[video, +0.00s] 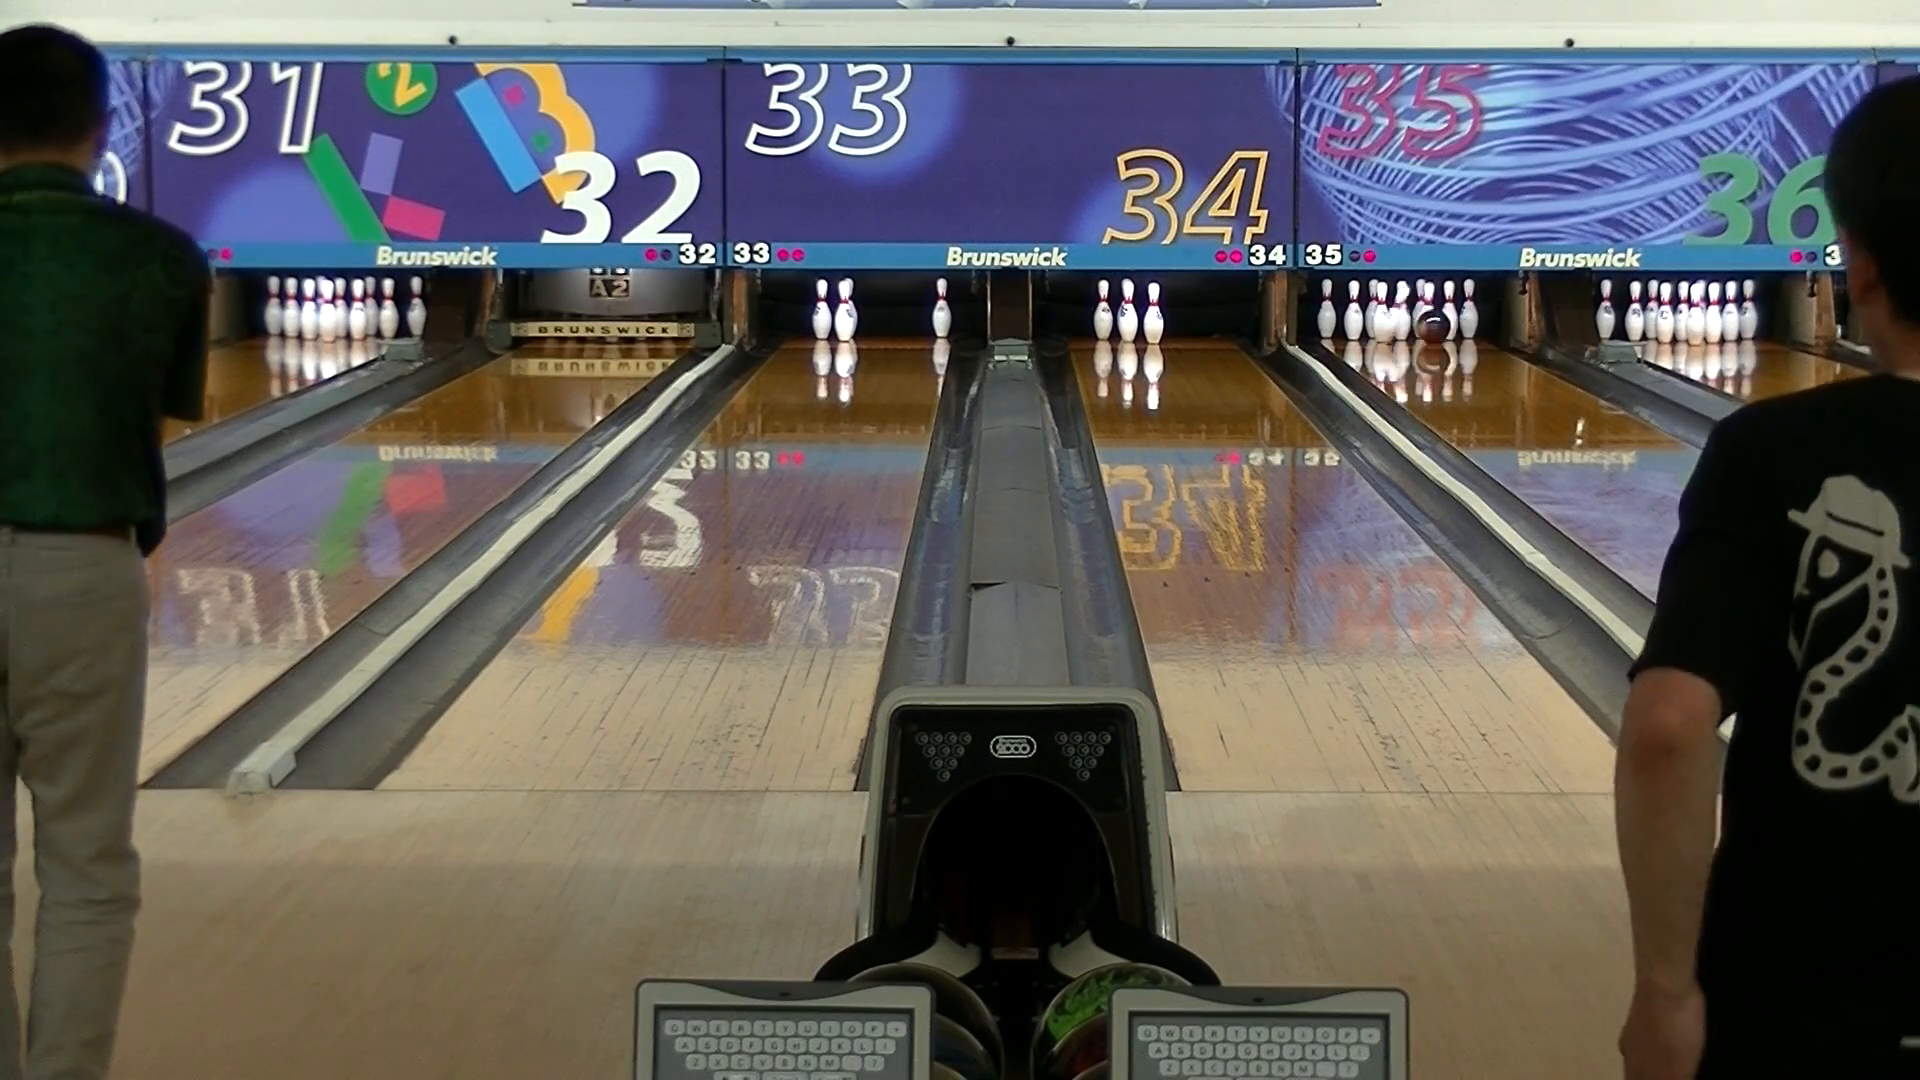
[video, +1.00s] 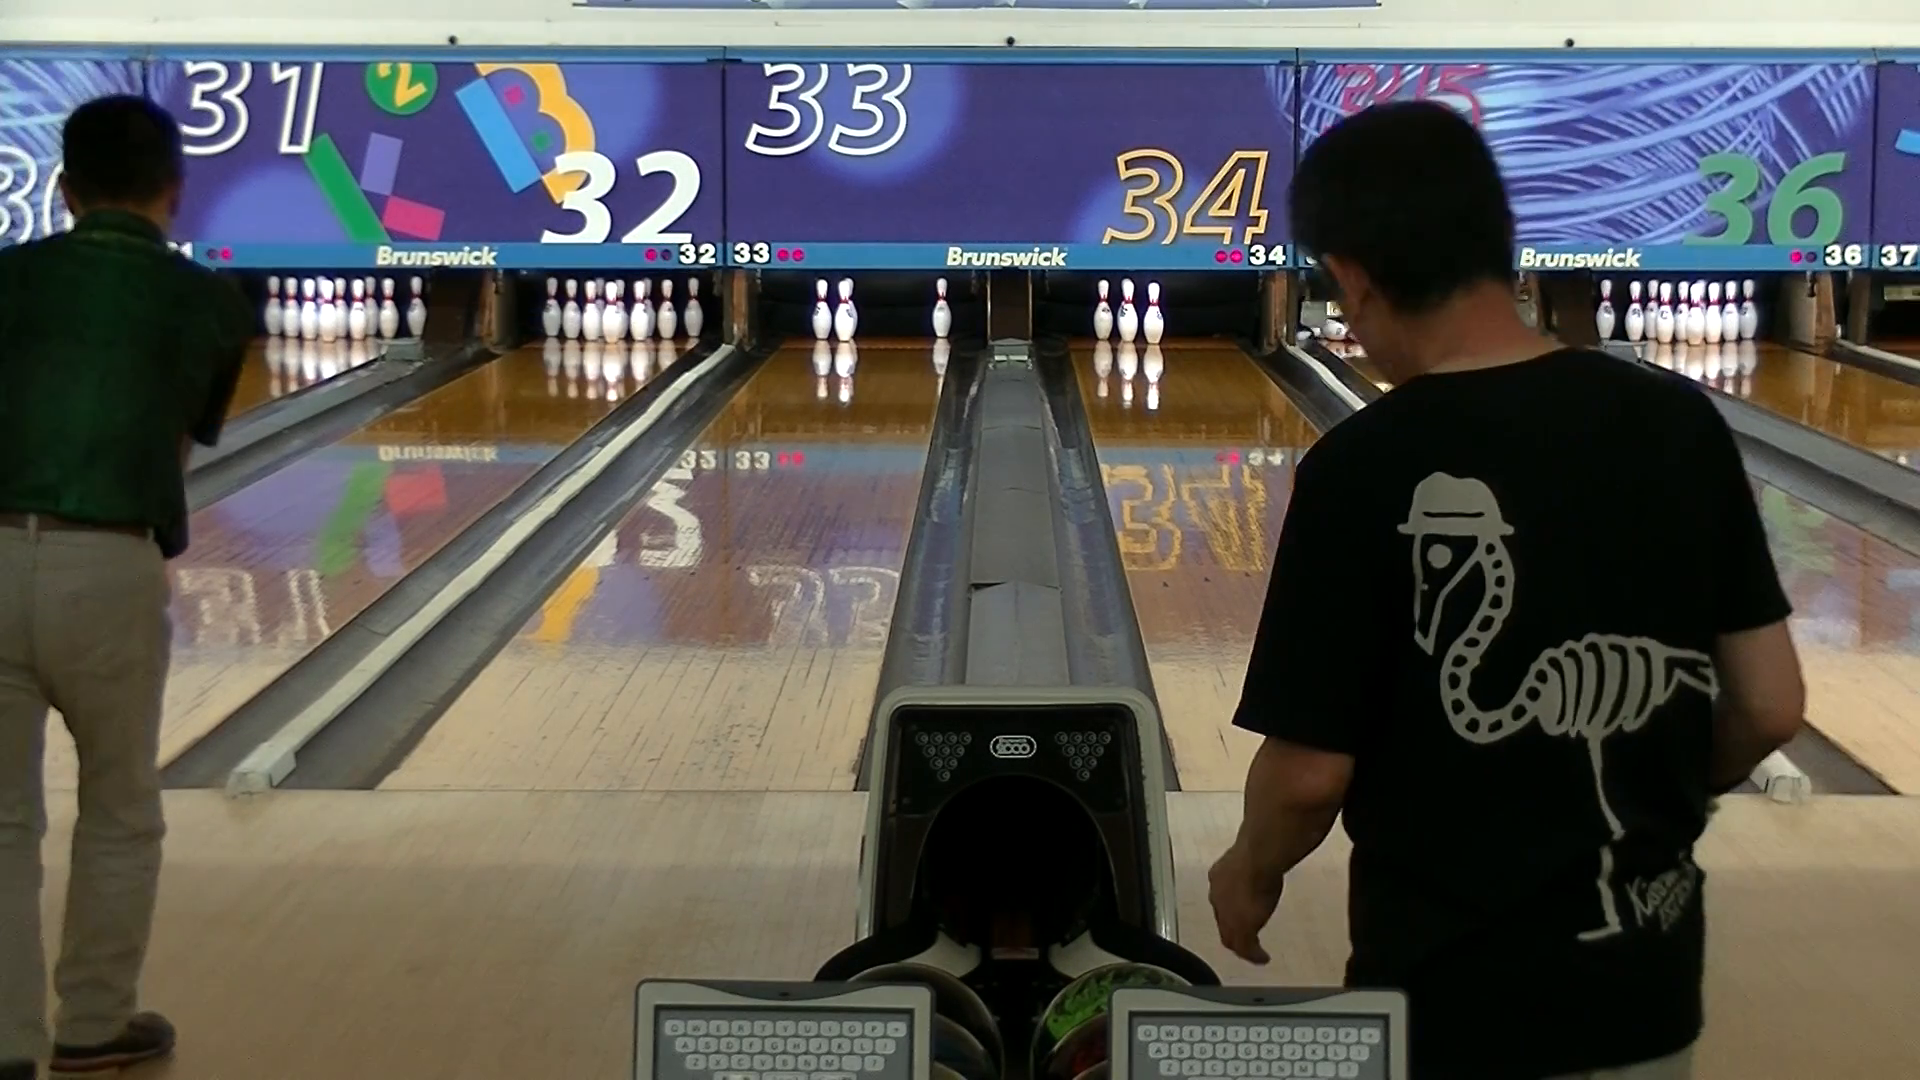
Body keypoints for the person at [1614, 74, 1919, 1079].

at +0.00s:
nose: (1839, 258)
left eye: (1841, 236)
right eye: (1842, 233)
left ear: (1861, 264)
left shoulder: (1775, 452)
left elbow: (1667, 722)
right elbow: (1668, 722)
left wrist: (1665, 989)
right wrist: (1668, 990)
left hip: (1803, 1003)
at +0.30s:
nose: (1740, 275)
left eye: (1735, 252)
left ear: (1755, 277)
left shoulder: (1691, 465)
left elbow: (1582, 737)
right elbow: (1581, 736)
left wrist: (1562, 1014)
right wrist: (1564, 1016)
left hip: (1719, 1023)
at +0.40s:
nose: (1678, 276)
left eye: (1677, 252)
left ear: (1694, 275)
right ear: (1881, 253)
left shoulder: (1634, 469)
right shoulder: (1914, 423)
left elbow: (1554, 744)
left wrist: (1496, 1015)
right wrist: (1502, 1011)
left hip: (1681, 1014)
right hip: (1903, 1008)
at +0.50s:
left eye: (1599, 252)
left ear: (1613, 273)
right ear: (1803, 249)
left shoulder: (1557, 466)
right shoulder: (1899, 448)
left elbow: (1490, 748)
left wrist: (1427, 1000)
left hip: (1625, 1012)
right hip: (1878, 1010)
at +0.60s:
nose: (1514, 261)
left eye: (1514, 238)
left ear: (1536, 258)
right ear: (1708, 232)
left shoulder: (1483, 461)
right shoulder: (1854, 446)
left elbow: (1417, 757)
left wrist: (1351, 999)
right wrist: (1856, 814)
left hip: (1561, 1001)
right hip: (1802, 1005)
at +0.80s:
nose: (1406, 264)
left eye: (1402, 241)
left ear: (1419, 259)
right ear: (1596, 223)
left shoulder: (1388, 457)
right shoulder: (1744, 420)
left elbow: (1332, 766)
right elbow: (1840, 707)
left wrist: (1265, 929)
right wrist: (1747, 792)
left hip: (1492, 993)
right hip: (1713, 993)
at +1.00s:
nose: (1341, 318)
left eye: (1331, 285)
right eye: (1332, 290)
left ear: (1355, 277)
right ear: (1495, 234)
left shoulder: (1359, 467)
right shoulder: (1675, 417)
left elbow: (1311, 775)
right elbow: (1770, 703)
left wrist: (1249, 870)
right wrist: (1652, 784)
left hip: (1448, 984)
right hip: (1645, 979)